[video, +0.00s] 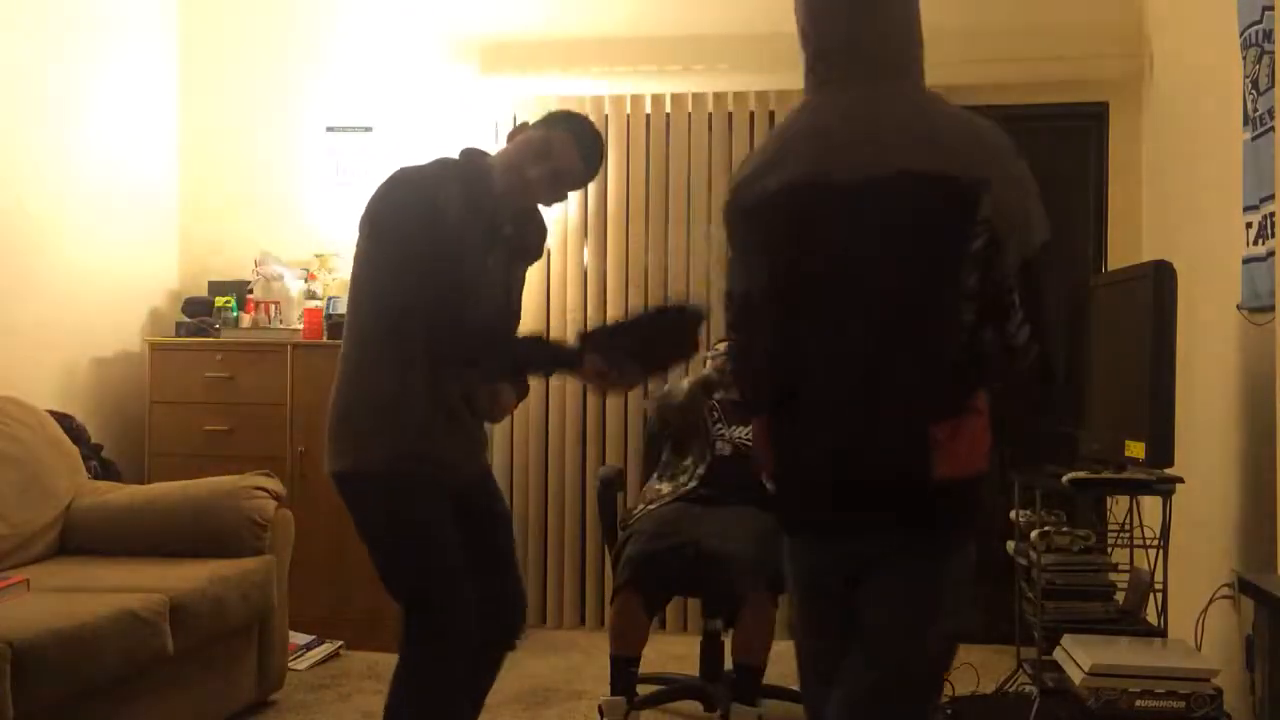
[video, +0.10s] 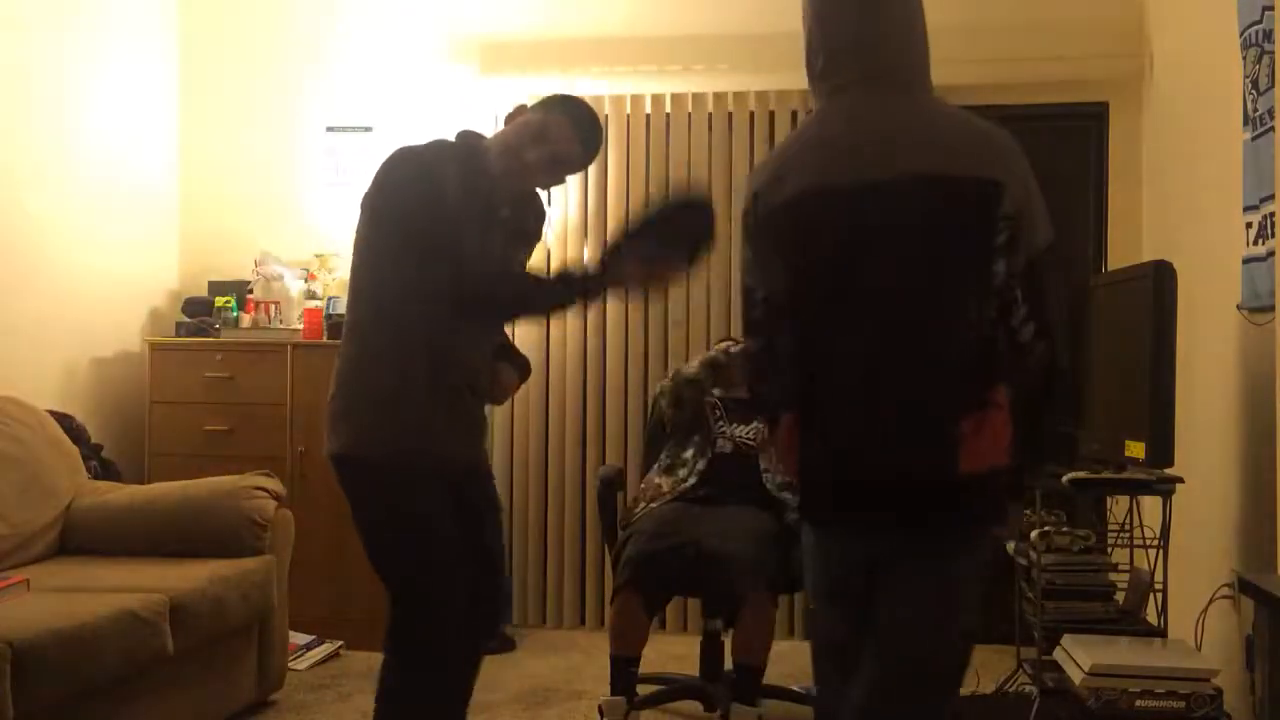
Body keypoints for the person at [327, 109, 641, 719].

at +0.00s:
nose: (545, 190)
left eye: (562, 188)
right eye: (548, 165)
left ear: (566, 194)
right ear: (522, 135)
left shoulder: (517, 238)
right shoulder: (419, 193)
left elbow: (498, 349)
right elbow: (441, 337)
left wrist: (506, 389)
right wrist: (563, 356)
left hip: (453, 448)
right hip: (382, 444)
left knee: (498, 612)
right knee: (444, 621)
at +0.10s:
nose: (544, 174)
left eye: (559, 173)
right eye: (547, 151)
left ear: (560, 176)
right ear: (521, 115)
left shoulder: (515, 216)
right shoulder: (423, 167)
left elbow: (478, 311)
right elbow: (468, 285)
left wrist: (509, 362)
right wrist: (599, 278)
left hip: (451, 439)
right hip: (387, 433)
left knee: (470, 615)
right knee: (436, 612)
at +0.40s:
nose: (530, 148)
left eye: (548, 148)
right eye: (533, 125)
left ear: (553, 162)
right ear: (508, 102)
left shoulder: (489, 198)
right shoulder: (424, 148)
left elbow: (471, 306)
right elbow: (535, 208)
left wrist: (504, 346)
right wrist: (600, 122)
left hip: (444, 432)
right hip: (387, 426)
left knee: (433, 622)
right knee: (411, 620)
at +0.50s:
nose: (529, 152)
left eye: (546, 152)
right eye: (531, 129)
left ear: (551, 162)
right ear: (507, 105)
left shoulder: (480, 193)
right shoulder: (425, 149)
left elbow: (466, 309)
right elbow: (540, 210)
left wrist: (506, 346)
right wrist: (602, 125)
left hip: (441, 432)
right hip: (388, 427)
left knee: (432, 619)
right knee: (410, 618)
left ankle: (421, 714)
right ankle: (397, 713)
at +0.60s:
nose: (533, 177)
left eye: (545, 169)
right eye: (540, 159)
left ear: (521, 129)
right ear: (519, 123)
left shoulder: (464, 179)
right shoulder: (427, 158)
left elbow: (438, 305)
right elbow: (545, 230)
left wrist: (497, 342)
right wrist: (602, 133)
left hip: (437, 432)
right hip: (387, 430)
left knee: (446, 618)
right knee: (407, 621)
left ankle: (429, 715)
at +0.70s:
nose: (542, 182)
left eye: (552, 171)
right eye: (549, 165)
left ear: (508, 125)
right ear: (522, 132)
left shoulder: (453, 176)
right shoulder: (437, 167)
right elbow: (554, 245)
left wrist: (476, 340)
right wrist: (609, 147)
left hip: (431, 431)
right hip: (385, 430)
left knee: (477, 585)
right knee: (395, 599)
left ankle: (434, 712)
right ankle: (389, 714)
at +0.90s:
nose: (537, 176)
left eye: (547, 164)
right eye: (542, 159)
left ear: (493, 122)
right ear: (509, 130)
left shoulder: (419, 171)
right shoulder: (452, 178)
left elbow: (546, 260)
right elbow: (558, 259)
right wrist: (595, 160)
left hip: (387, 427)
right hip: (408, 433)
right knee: (446, 588)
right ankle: (415, 712)